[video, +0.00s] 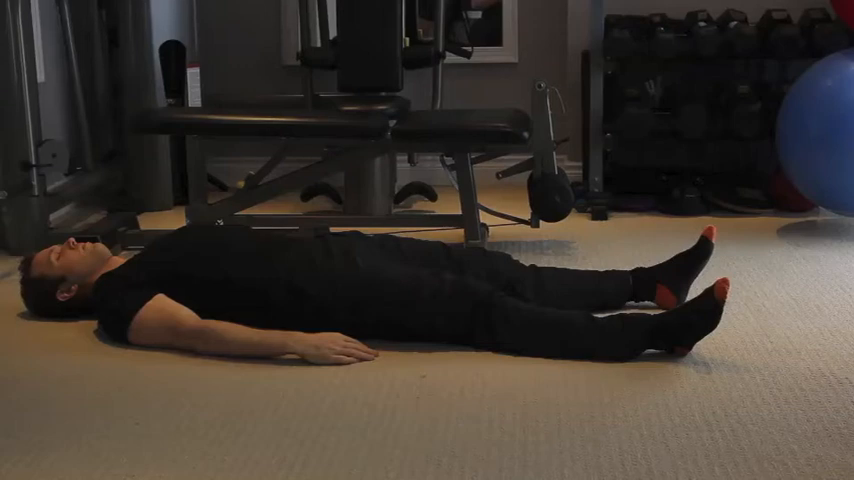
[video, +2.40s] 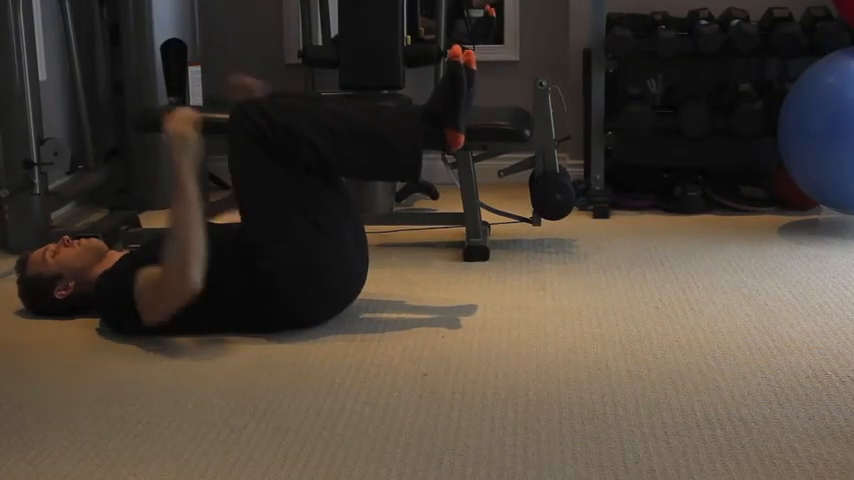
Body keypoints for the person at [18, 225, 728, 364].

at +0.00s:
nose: (66, 243)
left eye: (58, 245)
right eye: (56, 257)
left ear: (79, 241)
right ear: (67, 286)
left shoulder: (149, 248)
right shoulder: (119, 295)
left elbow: (248, 245)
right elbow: (200, 336)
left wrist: (330, 237)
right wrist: (297, 345)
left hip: (349, 249)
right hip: (335, 285)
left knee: (489, 264)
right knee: (483, 306)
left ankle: (642, 287)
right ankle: (657, 337)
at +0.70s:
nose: (72, 243)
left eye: (63, 243)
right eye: (61, 258)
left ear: (88, 242)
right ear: (73, 288)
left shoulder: (155, 247)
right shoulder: (122, 292)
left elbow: (253, 247)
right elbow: (196, 330)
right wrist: (304, 342)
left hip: (354, 235)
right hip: (335, 282)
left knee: (461, 181)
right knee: (478, 289)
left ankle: (599, 270)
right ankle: (657, 333)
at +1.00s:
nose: (81, 239)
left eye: (72, 239)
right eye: (68, 255)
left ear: (91, 242)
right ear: (77, 287)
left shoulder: (150, 251)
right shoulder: (128, 298)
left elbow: (243, 247)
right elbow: (209, 335)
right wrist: (312, 344)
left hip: (330, 242)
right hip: (325, 288)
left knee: (395, 129)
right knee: (441, 193)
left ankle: (530, 213)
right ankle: (585, 286)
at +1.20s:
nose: (80, 239)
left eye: (70, 238)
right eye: (66, 254)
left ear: (89, 241)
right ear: (74, 289)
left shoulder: (147, 259)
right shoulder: (123, 297)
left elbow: (252, 262)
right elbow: (202, 332)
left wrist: (358, 274)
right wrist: (309, 344)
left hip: (325, 270)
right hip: (316, 294)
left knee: (378, 116)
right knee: (358, 131)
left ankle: (514, 187)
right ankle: (499, 227)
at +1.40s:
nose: (73, 238)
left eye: (63, 239)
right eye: (60, 251)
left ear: (85, 247)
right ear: (70, 289)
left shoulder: (151, 253)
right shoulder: (119, 297)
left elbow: (251, 254)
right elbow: (201, 331)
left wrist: (361, 273)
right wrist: (304, 344)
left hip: (325, 271)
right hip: (302, 294)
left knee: (346, 111)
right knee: (298, 123)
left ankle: (475, 143)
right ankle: (452, 163)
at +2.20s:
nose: (66, 236)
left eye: (56, 237)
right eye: (54, 250)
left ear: (81, 241)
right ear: (67, 287)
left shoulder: (141, 253)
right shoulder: (115, 293)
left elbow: (238, 241)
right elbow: (193, 328)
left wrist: (346, 218)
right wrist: (295, 305)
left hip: (318, 253)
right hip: (305, 281)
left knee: (271, 118)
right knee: (259, 121)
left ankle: (432, 125)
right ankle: (431, 132)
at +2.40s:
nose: (68, 236)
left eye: (58, 237)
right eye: (56, 250)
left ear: (80, 237)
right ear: (66, 288)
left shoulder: (141, 254)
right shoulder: (116, 296)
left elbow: (242, 212)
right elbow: (186, 278)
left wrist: (254, 113)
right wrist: (182, 154)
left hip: (315, 264)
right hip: (300, 283)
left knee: (269, 118)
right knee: (255, 121)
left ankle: (426, 121)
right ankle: (429, 127)